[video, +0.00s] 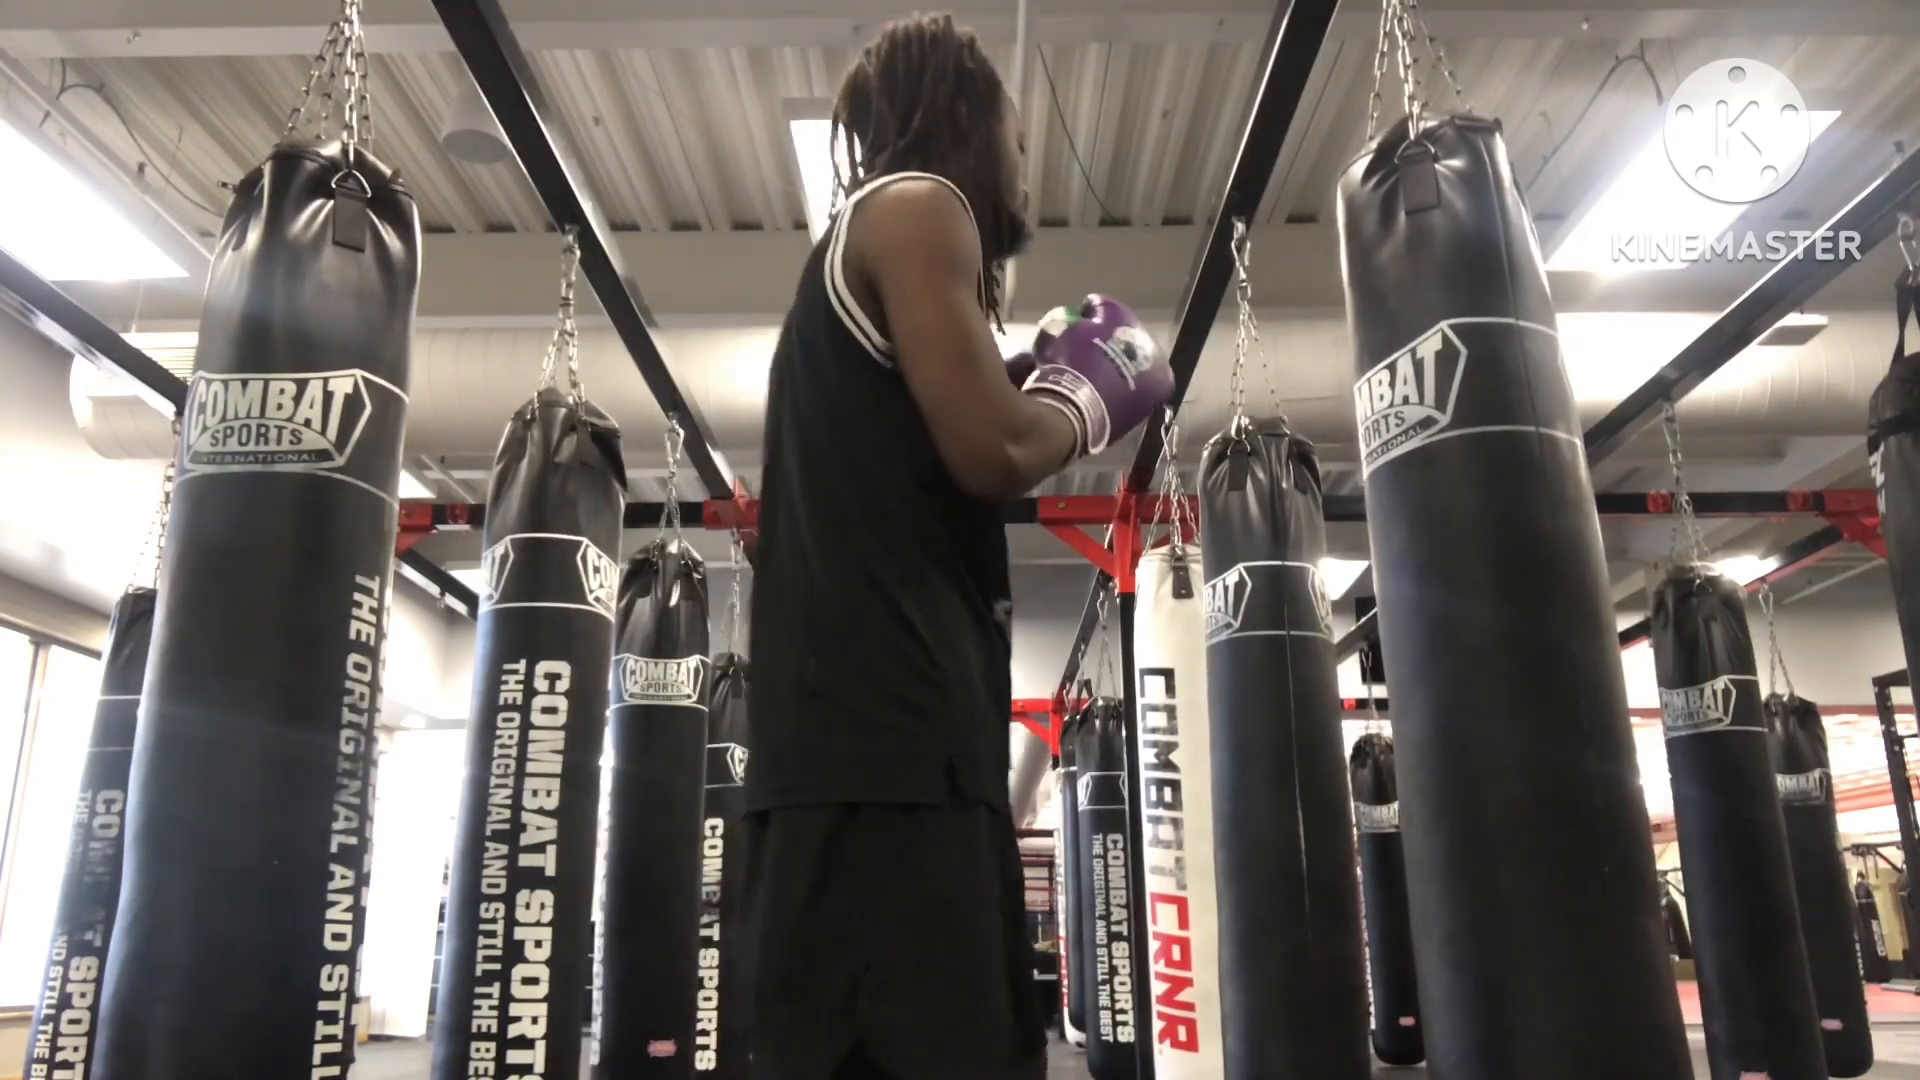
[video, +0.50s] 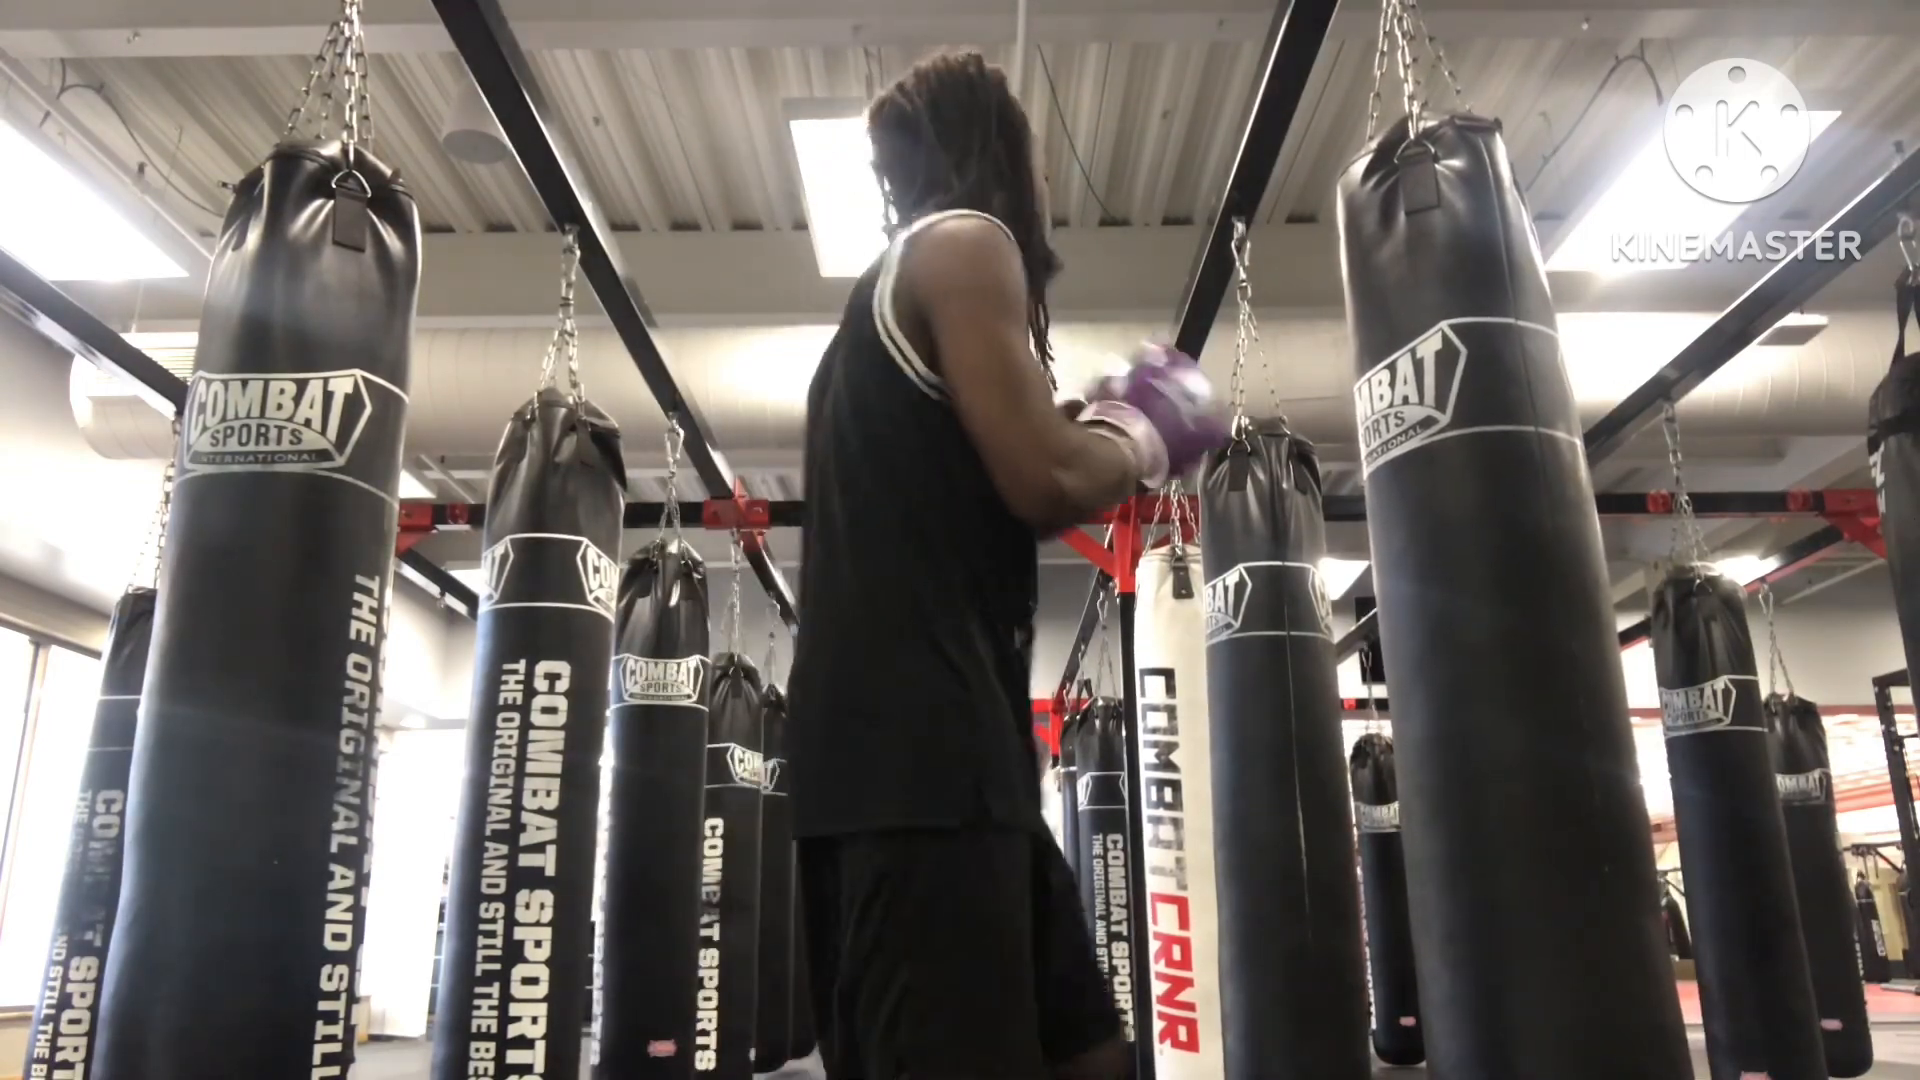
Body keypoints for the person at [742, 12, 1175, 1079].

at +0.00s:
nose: (1014, 141)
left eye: (1009, 117)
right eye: (1003, 115)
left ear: (882, 116)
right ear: (966, 113)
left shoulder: (857, 237)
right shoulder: (914, 207)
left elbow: (939, 443)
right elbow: (995, 453)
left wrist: (1041, 379)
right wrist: (1088, 401)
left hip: (842, 754)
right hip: (893, 758)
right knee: (928, 1039)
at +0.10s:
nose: (1016, 146)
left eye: (1011, 124)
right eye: (1007, 122)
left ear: (890, 123)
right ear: (975, 121)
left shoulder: (878, 235)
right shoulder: (927, 213)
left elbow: (914, 433)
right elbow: (998, 453)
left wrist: (1012, 365)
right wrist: (1099, 416)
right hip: (906, 742)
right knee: (926, 1033)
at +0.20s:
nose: (1034, 162)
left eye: (1027, 139)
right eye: (1023, 137)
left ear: (903, 144)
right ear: (990, 138)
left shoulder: (889, 257)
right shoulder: (939, 227)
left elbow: (995, 457)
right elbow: (1013, 463)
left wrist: (1066, 400)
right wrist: (1104, 409)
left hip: (867, 758)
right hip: (916, 761)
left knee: (885, 1046)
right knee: (947, 1046)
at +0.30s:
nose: (1046, 167)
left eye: (1038, 142)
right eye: (1034, 140)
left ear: (914, 150)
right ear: (1001, 143)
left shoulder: (901, 262)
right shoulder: (948, 231)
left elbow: (1001, 468)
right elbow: (1017, 464)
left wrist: (1080, 397)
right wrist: (1102, 395)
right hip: (927, 753)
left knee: (868, 1050)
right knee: (962, 1051)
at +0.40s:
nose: (1043, 169)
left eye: (885, 148)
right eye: (1034, 145)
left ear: (913, 147)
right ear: (1004, 138)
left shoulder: (908, 261)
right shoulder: (956, 232)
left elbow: (999, 491)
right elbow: (1011, 460)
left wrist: (1111, 451)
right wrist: (1109, 399)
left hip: (894, 732)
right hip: (935, 735)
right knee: (978, 1038)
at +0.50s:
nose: (1037, 172)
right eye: (1029, 148)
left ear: (897, 164)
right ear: (1003, 146)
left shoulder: (880, 298)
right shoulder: (961, 245)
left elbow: (987, 483)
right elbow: (1047, 482)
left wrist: (1100, 413)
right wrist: (1147, 430)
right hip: (931, 772)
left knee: (1086, 1045)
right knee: (954, 1052)